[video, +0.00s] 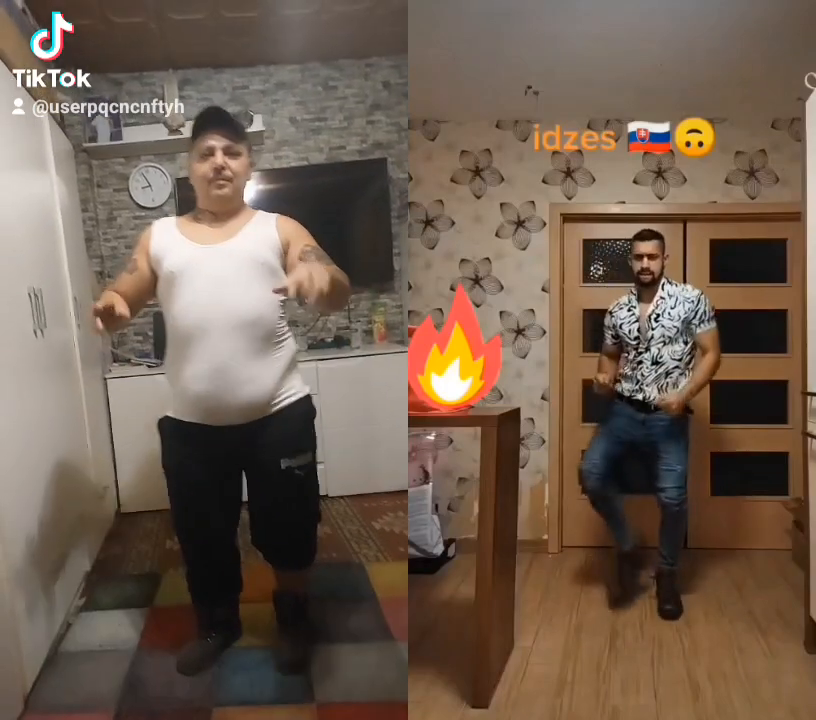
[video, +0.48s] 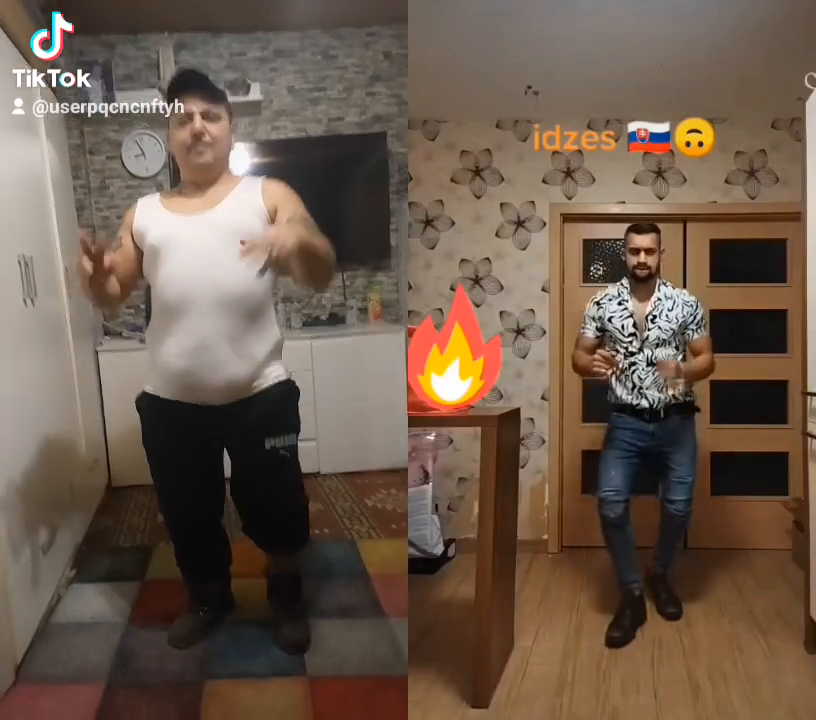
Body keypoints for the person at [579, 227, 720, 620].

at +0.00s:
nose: (645, 264)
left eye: (652, 257)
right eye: (638, 257)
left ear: (664, 260)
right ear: (631, 262)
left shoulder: (690, 300)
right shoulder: (619, 311)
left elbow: (711, 354)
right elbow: (609, 357)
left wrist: (685, 395)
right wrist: (605, 379)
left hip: (668, 415)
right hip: (623, 412)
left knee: (672, 498)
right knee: (592, 475)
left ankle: (667, 575)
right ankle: (627, 549)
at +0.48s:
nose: (642, 259)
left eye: (650, 251)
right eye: (635, 251)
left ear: (661, 255)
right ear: (624, 255)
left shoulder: (684, 303)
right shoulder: (604, 303)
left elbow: (705, 360)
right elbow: (579, 357)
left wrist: (682, 370)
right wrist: (595, 365)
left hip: (676, 422)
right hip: (626, 422)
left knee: (678, 507)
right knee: (610, 504)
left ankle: (661, 576)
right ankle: (632, 596)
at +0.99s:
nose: (638, 251)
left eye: (646, 243)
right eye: (630, 243)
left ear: (656, 245)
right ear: (617, 244)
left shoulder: (678, 294)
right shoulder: (591, 295)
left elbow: (707, 361)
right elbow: (574, 350)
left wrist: (701, 345)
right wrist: (583, 369)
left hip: (670, 414)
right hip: (616, 417)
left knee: (699, 502)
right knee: (616, 513)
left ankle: (673, 589)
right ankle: (634, 600)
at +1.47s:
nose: (648, 245)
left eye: (656, 237)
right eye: (639, 237)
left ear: (666, 240)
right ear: (625, 240)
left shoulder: (689, 295)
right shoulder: (597, 293)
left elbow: (715, 368)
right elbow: (580, 354)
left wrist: (697, 333)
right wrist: (594, 393)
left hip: (675, 429)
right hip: (618, 429)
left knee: (704, 521)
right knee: (613, 527)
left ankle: (685, 631)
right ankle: (632, 600)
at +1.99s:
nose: (644, 223)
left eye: (654, 214)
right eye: (636, 216)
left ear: (676, 218)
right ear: (629, 224)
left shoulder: (709, 271)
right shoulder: (621, 287)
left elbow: (739, 347)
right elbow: (614, 358)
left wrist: (684, 383)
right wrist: (603, 371)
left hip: (695, 432)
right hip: (633, 427)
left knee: (705, 548)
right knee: (582, 507)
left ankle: (686, 648)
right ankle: (614, 635)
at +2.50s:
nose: (623, 231)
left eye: (635, 221)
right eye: (615, 222)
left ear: (656, 226)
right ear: (605, 229)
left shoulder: (691, 278)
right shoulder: (594, 298)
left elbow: (716, 354)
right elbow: (575, 364)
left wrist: (655, 386)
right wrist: (576, 378)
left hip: (676, 444)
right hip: (608, 443)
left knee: (705, 560)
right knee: (581, 549)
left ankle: (687, 648)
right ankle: (606, 649)